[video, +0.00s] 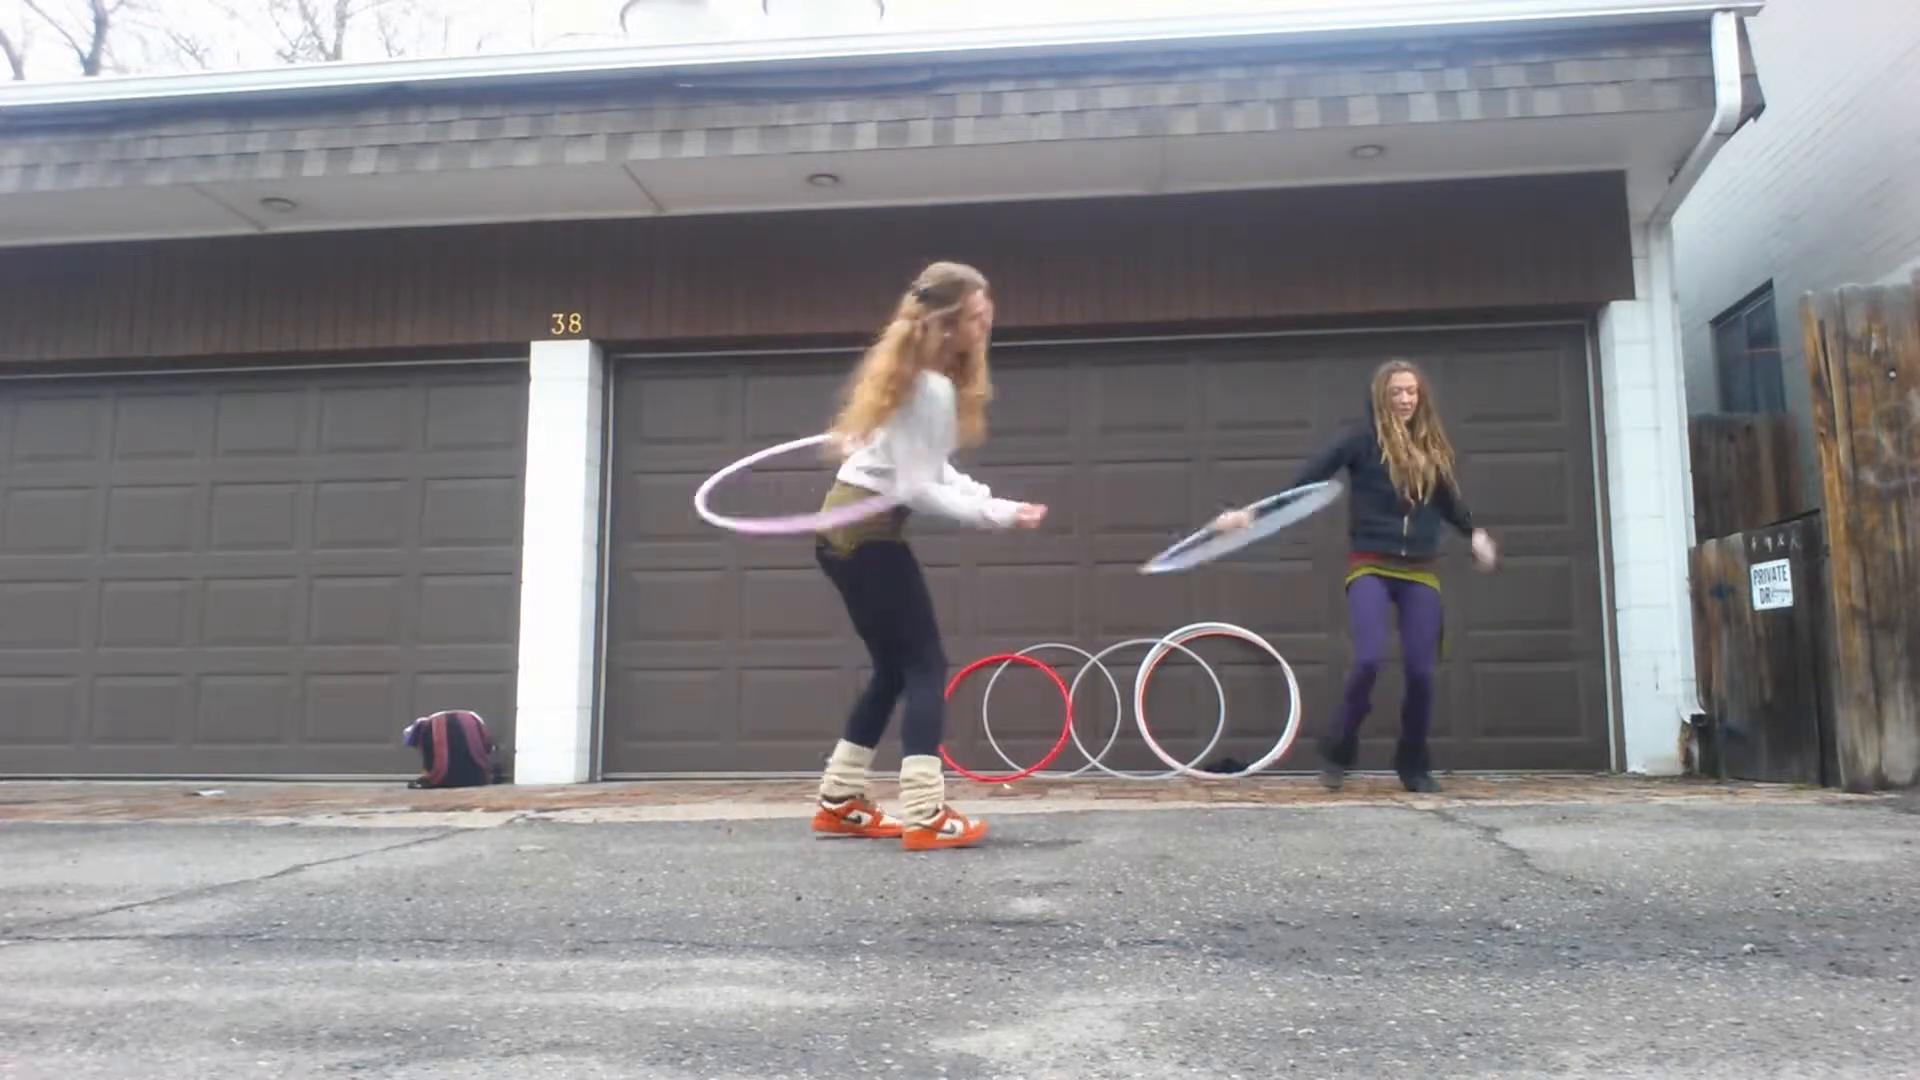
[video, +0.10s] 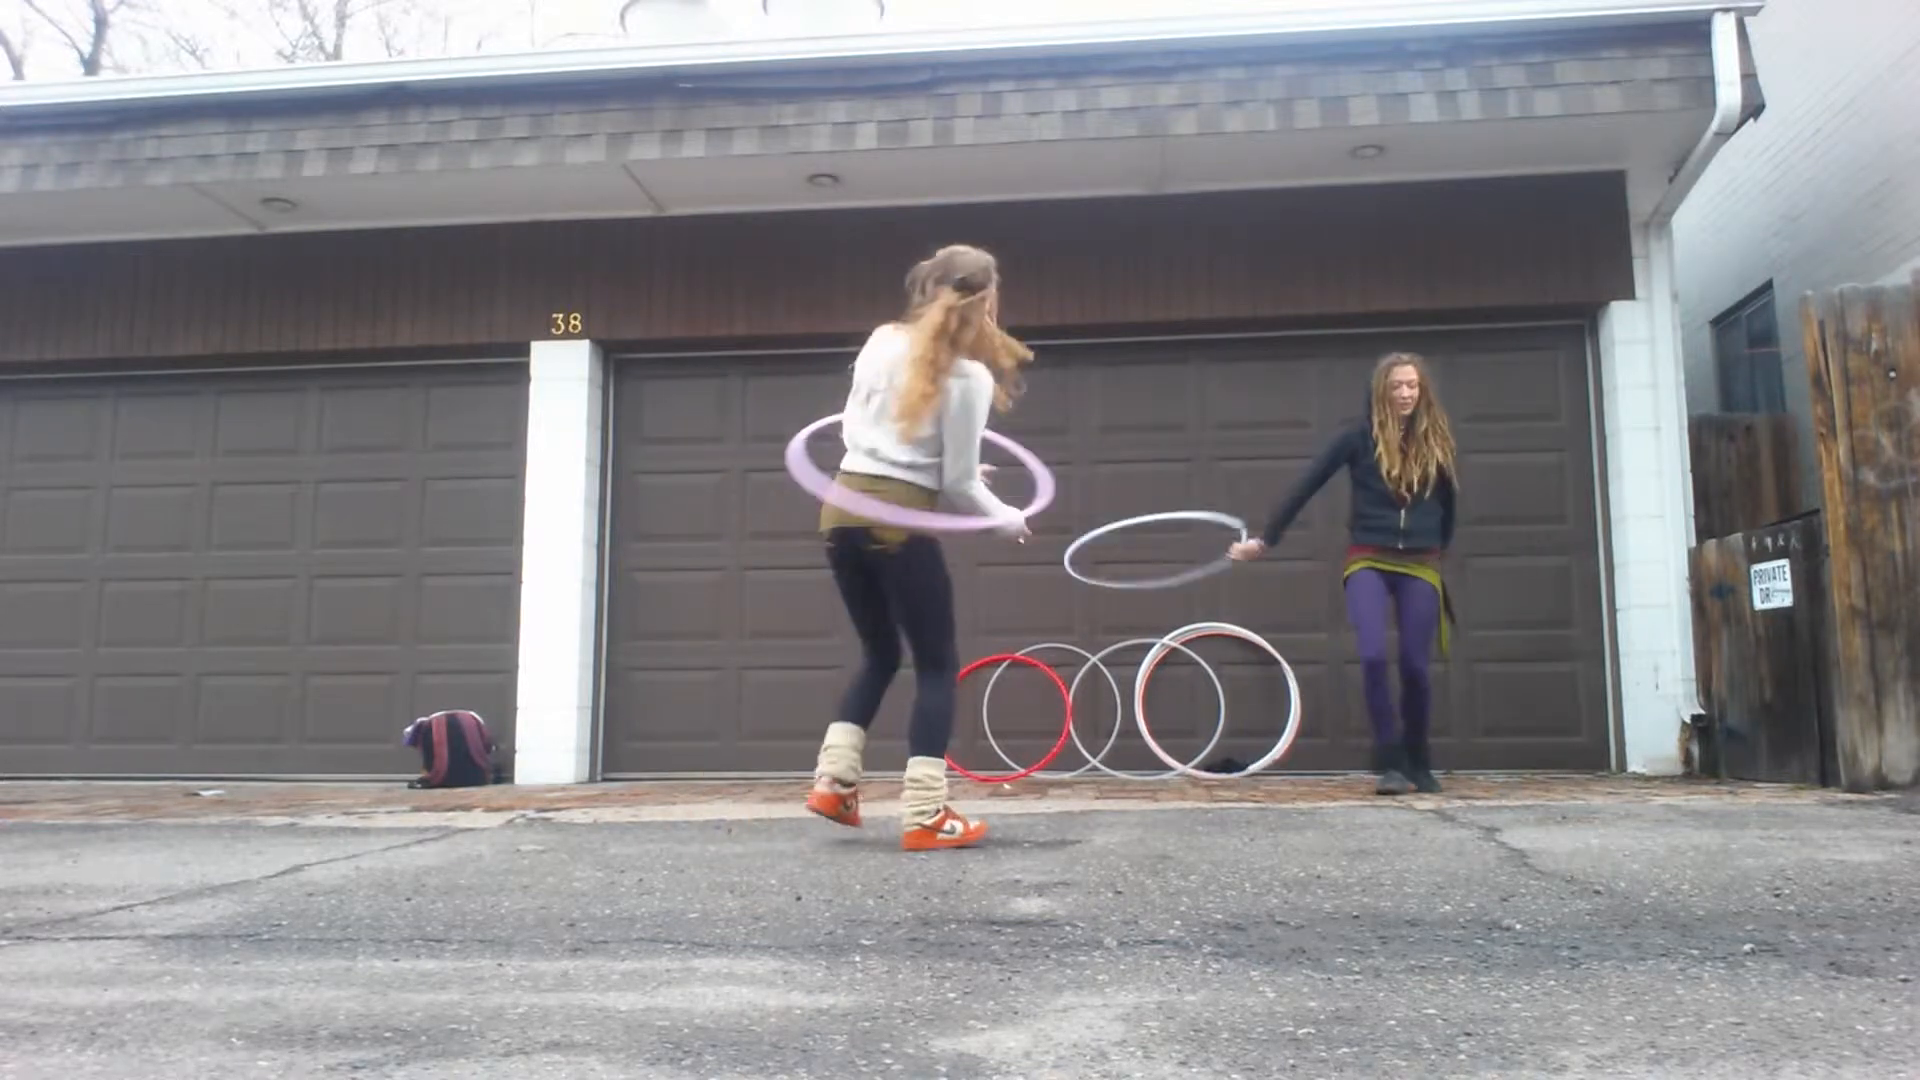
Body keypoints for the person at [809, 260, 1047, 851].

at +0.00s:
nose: (987, 328)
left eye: (987, 317)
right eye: (979, 319)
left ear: (944, 323)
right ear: (945, 325)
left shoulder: (912, 381)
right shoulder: (931, 387)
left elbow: (934, 472)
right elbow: (917, 487)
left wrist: (996, 505)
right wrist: (1000, 514)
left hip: (845, 532)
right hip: (872, 535)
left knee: (892, 668)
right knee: (927, 665)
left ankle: (839, 800)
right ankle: (924, 814)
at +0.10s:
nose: (994, 306)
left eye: (993, 296)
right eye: (991, 296)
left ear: (929, 292)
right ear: (975, 300)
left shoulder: (881, 342)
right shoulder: (970, 375)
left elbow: (855, 432)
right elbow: (959, 480)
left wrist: (956, 463)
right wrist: (1004, 515)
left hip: (841, 518)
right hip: (902, 525)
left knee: (880, 654)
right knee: (936, 667)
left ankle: (833, 780)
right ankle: (925, 812)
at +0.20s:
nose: (994, 297)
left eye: (994, 287)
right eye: (992, 287)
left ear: (926, 278)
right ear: (976, 289)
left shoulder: (870, 330)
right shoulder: (987, 361)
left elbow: (856, 418)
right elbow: (976, 453)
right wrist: (982, 500)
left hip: (864, 503)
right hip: (936, 508)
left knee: (858, 643)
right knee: (934, 657)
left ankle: (866, 749)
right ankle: (922, 814)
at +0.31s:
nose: (903, 261)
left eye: (912, 254)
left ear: (917, 267)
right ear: (979, 281)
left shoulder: (877, 331)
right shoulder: (989, 355)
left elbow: (843, 421)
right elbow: (980, 450)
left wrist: (813, 449)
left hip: (888, 508)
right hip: (955, 512)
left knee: (862, 652)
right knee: (915, 654)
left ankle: (938, 743)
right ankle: (905, 807)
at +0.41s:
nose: (893, 263)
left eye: (906, 254)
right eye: (899, 251)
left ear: (933, 273)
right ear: (962, 279)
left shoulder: (903, 345)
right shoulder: (982, 349)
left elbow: (854, 432)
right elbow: (976, 433)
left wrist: (779, 456)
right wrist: (900, 461)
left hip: (913, 514)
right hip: (963, 514)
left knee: (884, 659)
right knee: (916, 661)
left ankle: (1001, 767)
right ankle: (909, 813)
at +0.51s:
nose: (897, 280)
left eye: (908, 269)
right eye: (899, 267)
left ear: (941, 277)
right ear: (948, 277)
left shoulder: (937, 354)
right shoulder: (962, 346)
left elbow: (894, 452)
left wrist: (799, 479)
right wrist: (889, 381)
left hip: (948, 526)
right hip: (943, 524)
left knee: (941, 663)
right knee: (907, 664)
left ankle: (1016, 796)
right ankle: (908, 814)